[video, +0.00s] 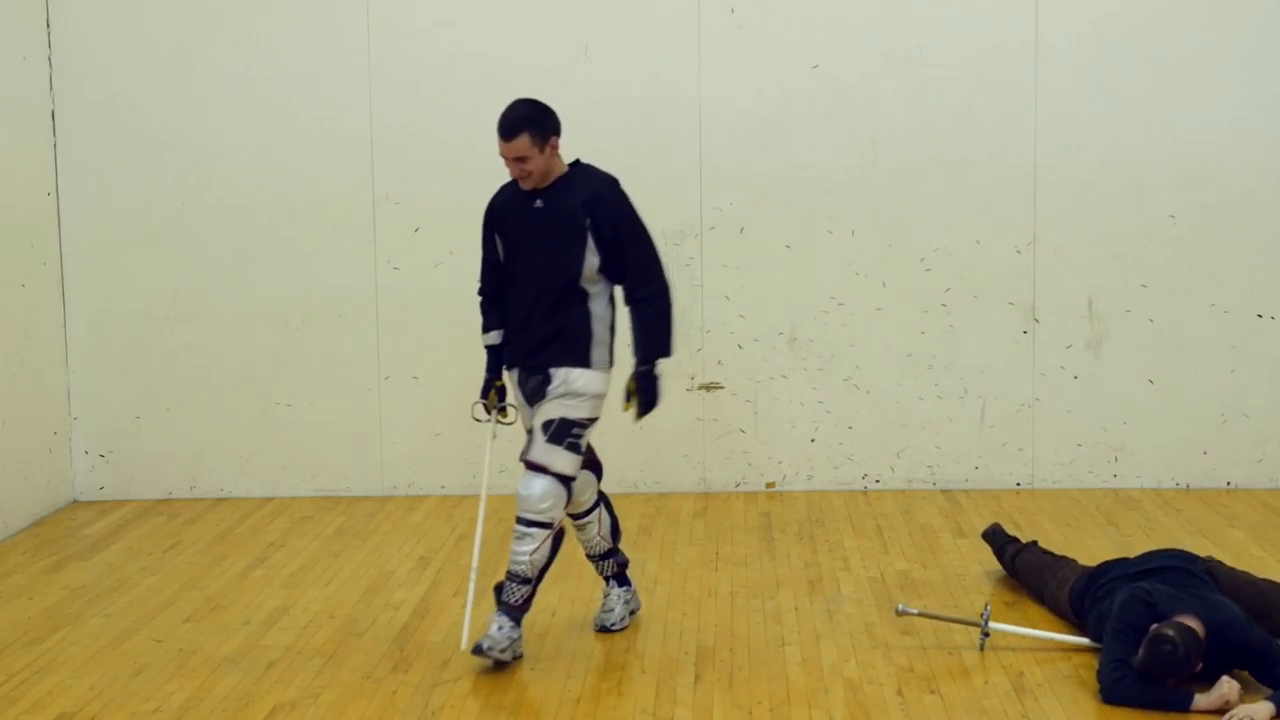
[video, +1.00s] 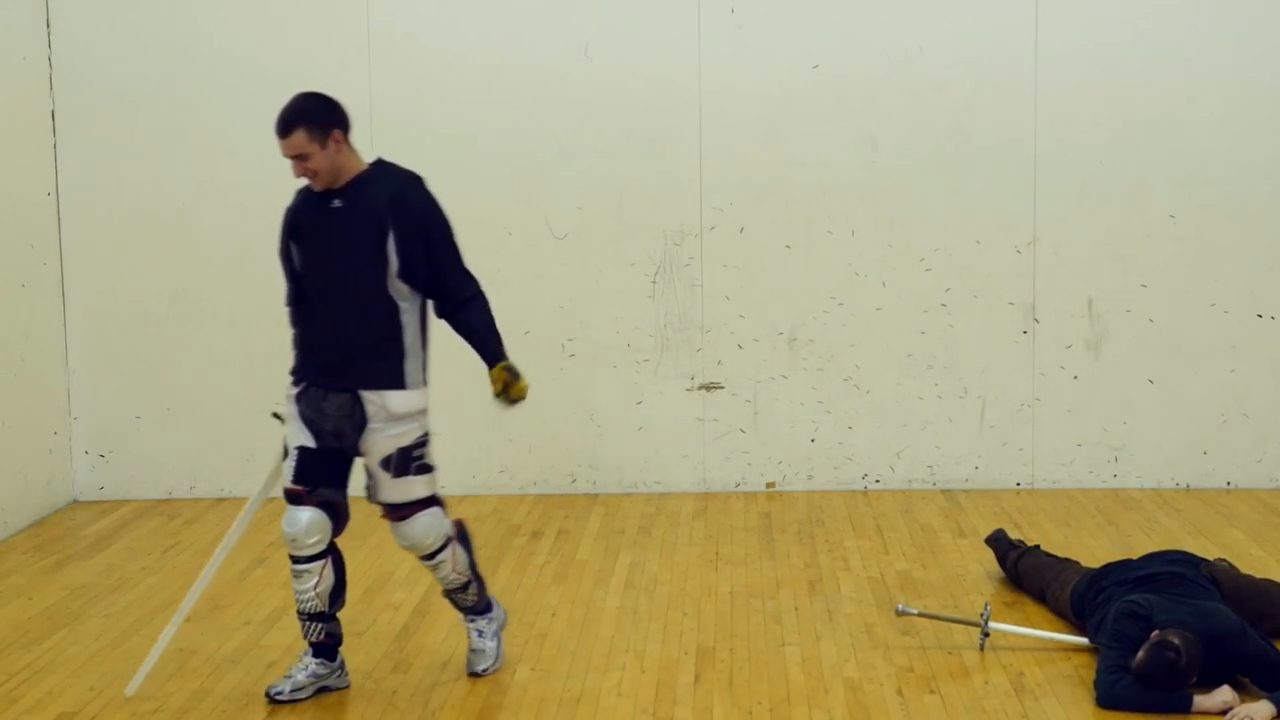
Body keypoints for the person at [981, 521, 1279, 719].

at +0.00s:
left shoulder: (1228, 623)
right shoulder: (1127, 614)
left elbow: (1279, 671)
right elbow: (1114, 687)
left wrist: (1271, 706)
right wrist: (1200, 702)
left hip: (1182, 568)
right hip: (1103, 583)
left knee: (1276, 598)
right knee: (1048, 570)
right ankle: (1007, 546)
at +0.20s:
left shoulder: (1227, 628)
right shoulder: (1122, 624)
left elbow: (1279, 678)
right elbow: (1111, 691)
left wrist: (1272, 705)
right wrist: (1199, 700)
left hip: (1182, 568)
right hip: (1104, 583)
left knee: (1276, 603)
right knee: (1050, 572)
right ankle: (1010, 551)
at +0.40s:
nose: (1129, 663)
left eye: (1137, 667)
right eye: (1136, 659)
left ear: (1192, 669)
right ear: (1147, 639)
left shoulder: (1224, 629)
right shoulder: (1123, 623)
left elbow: (1278, 678)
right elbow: (1109, 691)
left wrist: (1270, 705)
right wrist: (1198, 702)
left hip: (1181, 568)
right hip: (1104, 583)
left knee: (1275, 603)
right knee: (1049, 572)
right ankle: (1009, 551)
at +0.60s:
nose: (1132, 661)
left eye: (1137, 664)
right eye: (1138, 658)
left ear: (1193, 669)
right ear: (1149, 641)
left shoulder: (1224, 629)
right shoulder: (1124, 625)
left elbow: (1278, 676)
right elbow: (1110, 692)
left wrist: (1271, 705)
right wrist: (1199, 703)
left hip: (1181, 568)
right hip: (1104, 584)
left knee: (1275, 604)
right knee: (1047, 572)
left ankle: (1219, 574)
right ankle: (1009, 551)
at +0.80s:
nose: (1131, 659)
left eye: (1137, 663)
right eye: (1138, 656)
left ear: (1193, 670)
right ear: (1152, 640)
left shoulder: (1225, 630)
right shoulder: (1123, 626)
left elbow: (1278, 677)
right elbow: (1110, 691)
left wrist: (1270, 705)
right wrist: (1199, 703)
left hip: (1182, 570)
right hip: (1104, 584)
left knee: (1275, 604)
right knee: (1049, 572)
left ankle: (1222, 576)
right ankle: (1010, 551)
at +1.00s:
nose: (1131, 660)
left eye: (1136, 664)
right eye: (1137, 657)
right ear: (1154, 637)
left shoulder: (1226, 630)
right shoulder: (1123, 626)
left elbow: (1279, 677)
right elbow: (1110, 691)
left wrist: (1270, 705)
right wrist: (1198, 703)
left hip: (1182, 570)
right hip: (1104, 585)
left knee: (1275, 603)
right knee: (1047, 571)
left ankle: (1222, 575)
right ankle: (1009, 550)